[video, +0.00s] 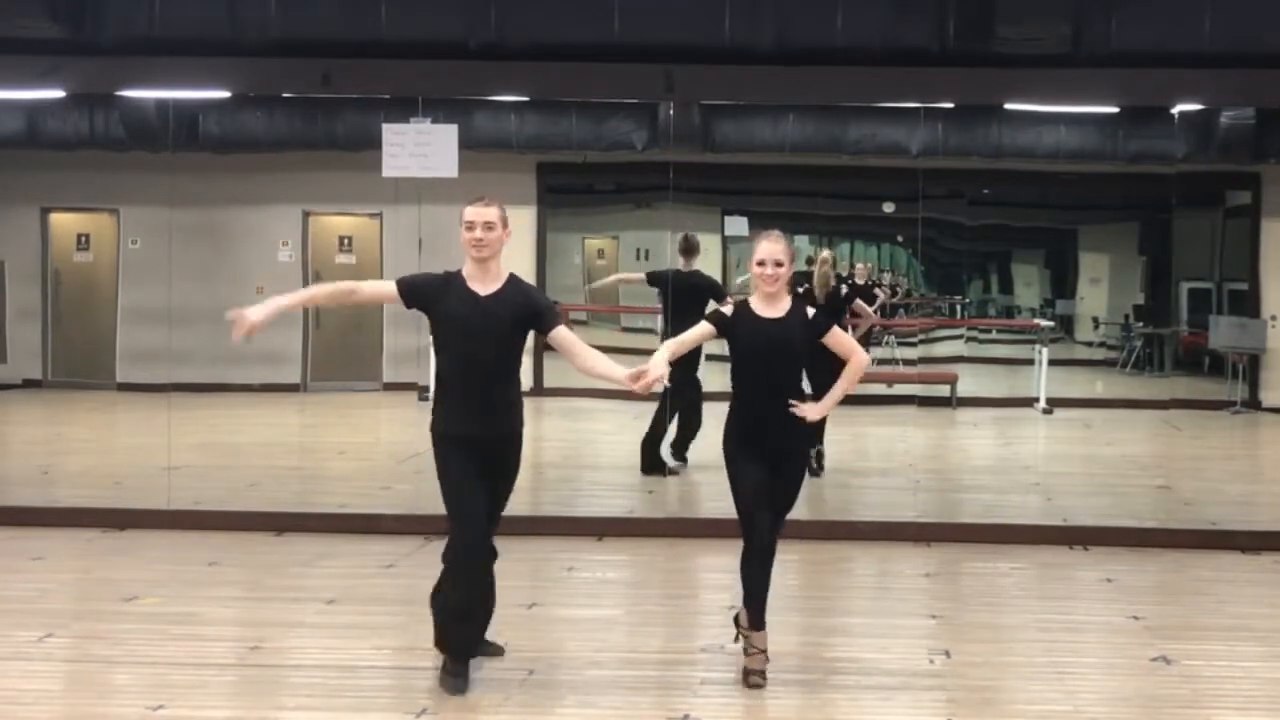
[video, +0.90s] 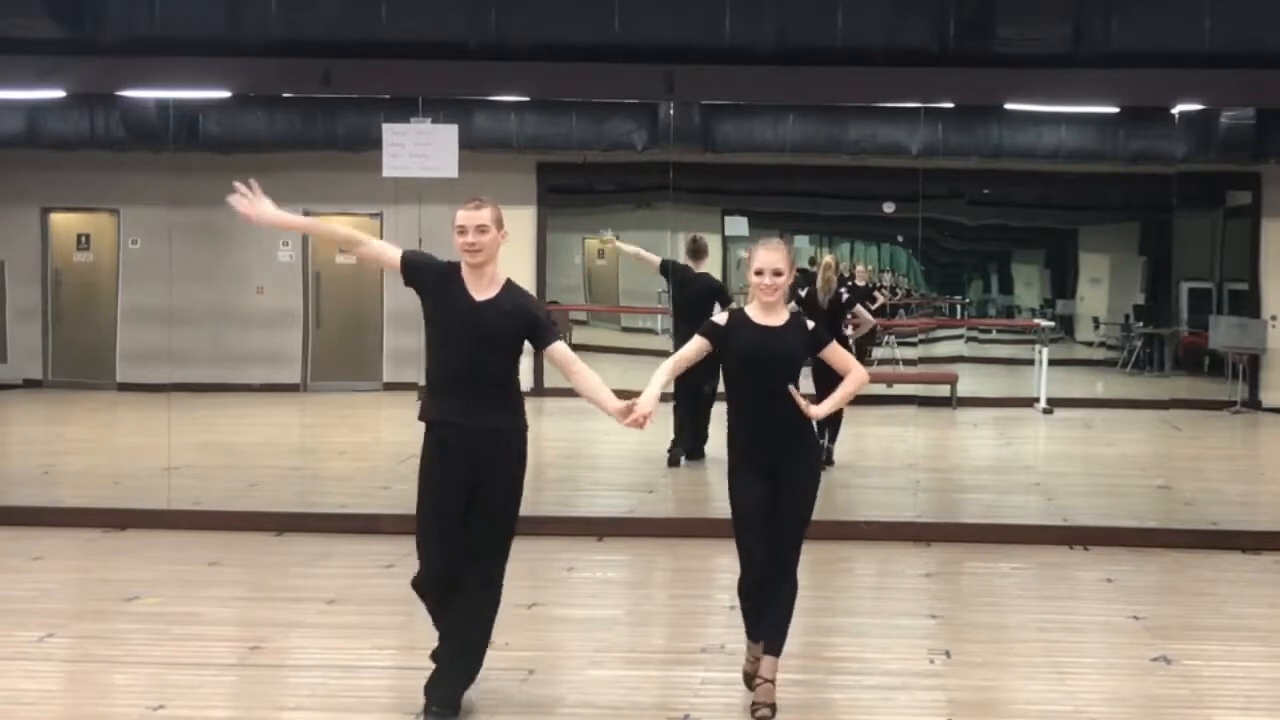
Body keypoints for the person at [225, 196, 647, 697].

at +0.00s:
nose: (478, 236)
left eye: (488, 227)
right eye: (470, 228)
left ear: (507, 234)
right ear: (459, 235)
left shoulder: (526, 299)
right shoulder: (437, 289)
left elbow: (579, 351)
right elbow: (354, 291)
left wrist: (625, 378)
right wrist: (276, 304)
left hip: (503, 437)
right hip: (454, 435)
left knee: (478, 537)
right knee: (472, 538)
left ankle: (462, 627)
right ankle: (456, 652)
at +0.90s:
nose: (469, 238)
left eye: (480, 229)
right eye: (461, 230)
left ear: (502, 235)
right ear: (454, 236)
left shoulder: (521, 305)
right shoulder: (433, 275)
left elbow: (571, 365)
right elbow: (355, 242)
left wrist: (618, 409)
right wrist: (277, 218)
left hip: (501, 448)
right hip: (444, 443)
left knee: (481, 574)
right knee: (433, 572)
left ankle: (445, 698)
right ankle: (459, 648)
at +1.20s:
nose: (513, 234)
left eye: (522, 226)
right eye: (503, 225)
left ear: (533, 232)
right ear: (485, 231)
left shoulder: (552, 293)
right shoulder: (460, 288)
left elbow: (610, 335)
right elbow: (387, 323)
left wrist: (623, 355)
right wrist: (334, 283)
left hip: (512, 437)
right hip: (459, 429)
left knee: (478, 544)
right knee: (450, 544)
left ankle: (460, 671)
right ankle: (452, 652)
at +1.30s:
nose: (546, 239)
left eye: (549, 232)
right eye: (537, 231)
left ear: (549, 235)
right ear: (508, 232)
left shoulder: (563, 291)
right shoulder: (473, 295)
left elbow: (630, 321)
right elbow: (434, 356)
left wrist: (629, 334)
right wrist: (367, 343)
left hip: (528, 432)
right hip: (476, 427)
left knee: (485, 529)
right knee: (463, 538)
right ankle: (455, 658)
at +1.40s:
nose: (564, 241)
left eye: (566, 233)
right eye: (556, 233)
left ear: (563, 237)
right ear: (526, 236)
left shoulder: (582, 288)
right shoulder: (496, 298)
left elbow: (660, 288)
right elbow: (478, 368)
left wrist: (634, 305)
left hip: (543, 439)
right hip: (490, 433)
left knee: (517, 543)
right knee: (467, 543)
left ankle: (565, 585)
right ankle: (456, 658)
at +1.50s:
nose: (587, 241)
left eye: (589, 233)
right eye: (579, 234)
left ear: (588, 237)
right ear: (551, 237)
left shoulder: (603, 283)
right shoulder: (525, 300)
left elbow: (669, 262)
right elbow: (512, 370)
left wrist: (640, 290)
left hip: (572, 437)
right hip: (519, 430)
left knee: (570, 539)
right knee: (478, 542)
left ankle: (597, 627)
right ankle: (453, 657)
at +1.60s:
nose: (614, 242)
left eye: (616, 235)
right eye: (605, 235)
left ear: (616, 239)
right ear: (578, 239)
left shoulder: (628, 277)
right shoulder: (557, 302)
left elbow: (686, 238)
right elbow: (542, 383)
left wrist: (649, 269)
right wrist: (567, 433)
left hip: (613, 433)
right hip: (559, 430)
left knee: (606, 539)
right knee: (516, 537)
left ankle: (600, 631)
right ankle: (465, 650)